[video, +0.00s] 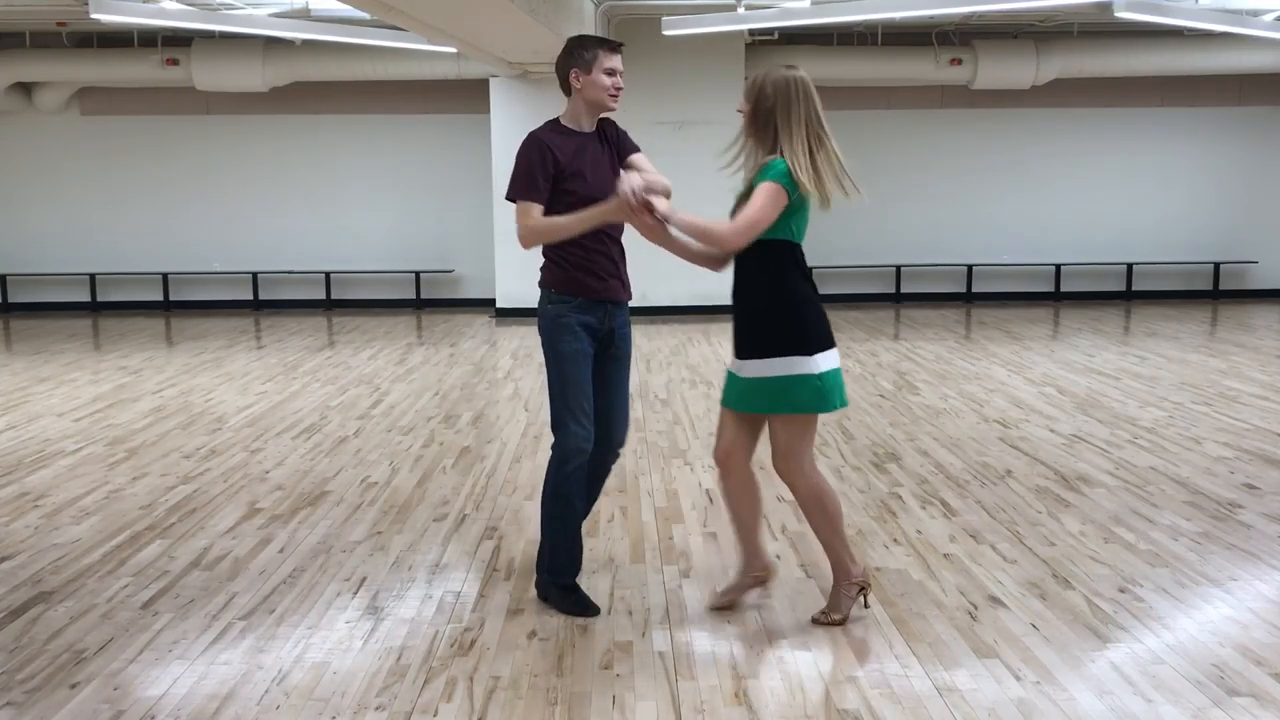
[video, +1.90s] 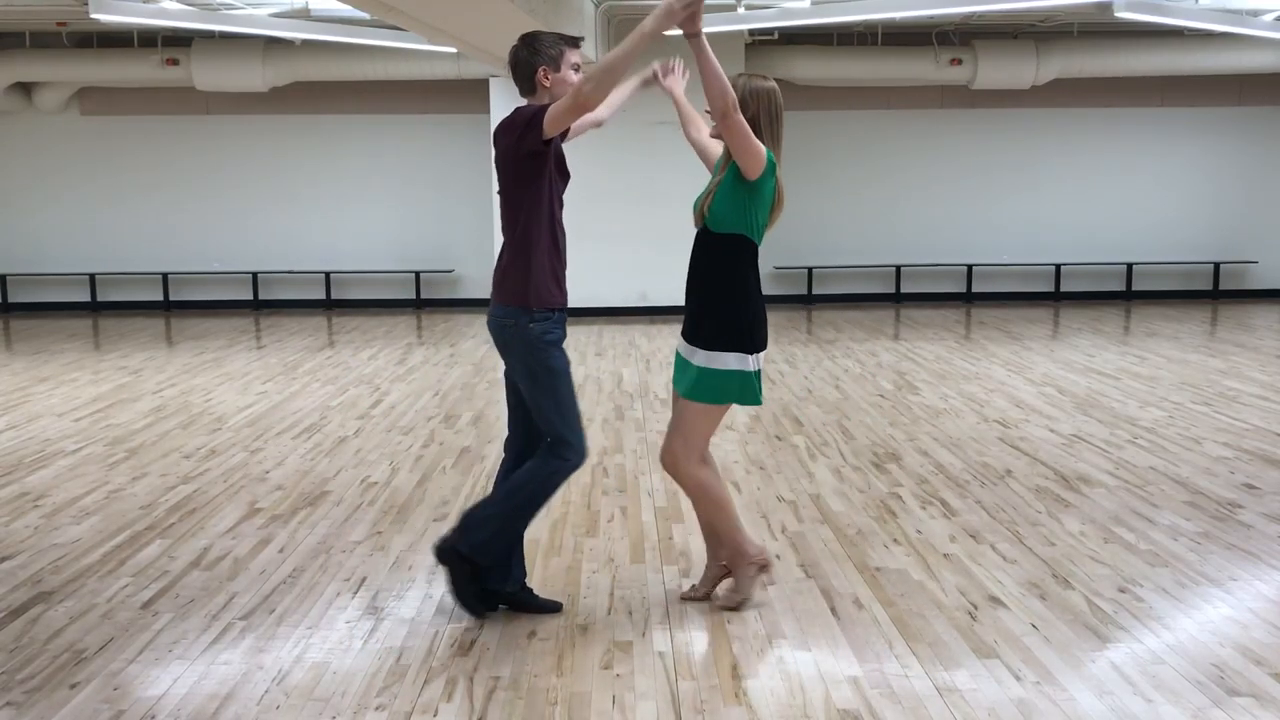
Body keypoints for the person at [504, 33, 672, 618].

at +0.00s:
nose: (620, 83)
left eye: (621, 75)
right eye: (610, 74)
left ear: (602, 82)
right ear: (576, 78)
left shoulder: (614, 138)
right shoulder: (540, 145)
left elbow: (662, 187)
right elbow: (529, 232)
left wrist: (645, 186)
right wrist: (609, 211)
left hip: (613, 310)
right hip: (566, 310)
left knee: (608, 440)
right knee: (575, 441)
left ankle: (557, 538)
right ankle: (555, 580)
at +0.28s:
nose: (632, 82)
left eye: (632, 72)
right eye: (623, 71)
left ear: (602, 81)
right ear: (588, 79)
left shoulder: (605, 143)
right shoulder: (572, 146)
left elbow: (658, 198)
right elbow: (600, 246)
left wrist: (699, 222)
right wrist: (679, 251)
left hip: (614, 315)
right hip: (580, 316)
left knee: (654, 431)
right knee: (600, 443)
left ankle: (644, 571)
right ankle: (556, 573)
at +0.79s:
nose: (629, 78)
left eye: (628, 68)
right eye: (620, 68)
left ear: (596, 77)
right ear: (587, 74)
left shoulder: (590, 139)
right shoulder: (571, 136)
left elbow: (630, 199)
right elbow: (581, 227)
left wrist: (666, 186)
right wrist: (654, 207)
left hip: (602, 312)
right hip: (585, 314)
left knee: (636, 432)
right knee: (616, 441)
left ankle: (598, 567)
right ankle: (576, 584)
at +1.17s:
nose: (590, 84)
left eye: (589, 75)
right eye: (581, 75)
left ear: (554, 83)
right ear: (549, 81)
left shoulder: (555, 137)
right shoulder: (528, 139)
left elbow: (593, 161)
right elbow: (585, 176)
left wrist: (630, 148)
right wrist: (632, 153)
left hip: (542, 315)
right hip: (537, 317)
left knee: (544, 446)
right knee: (581, 446)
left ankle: (500, 579)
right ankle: (533, 582)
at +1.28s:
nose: (580, 87)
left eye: (579, 77)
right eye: (571, 77)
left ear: (541, 85)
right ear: (538, 83)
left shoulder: (536, 137)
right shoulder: (522, 139)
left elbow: (590, 150)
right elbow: (589, 151)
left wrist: (629, 126)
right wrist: (627, 121)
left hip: (538, 319)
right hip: (528, 321)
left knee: (544, 451)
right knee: (552, 453)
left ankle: (510, 573)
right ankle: (470, 568)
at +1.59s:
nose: (568, 79)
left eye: (567, 69)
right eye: (560, 70)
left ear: (530, 78)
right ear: (529, 75)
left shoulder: (527, 129)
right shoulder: (503, 124)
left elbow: (586, 96)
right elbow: (586, 82)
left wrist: (634, 30)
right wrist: (631, 22)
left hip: (520, 317)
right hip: (493, 316)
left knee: (524, 448)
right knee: (469, 444)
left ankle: (500, 578)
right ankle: (404, 567)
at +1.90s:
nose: (586, 79)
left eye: (585, 69)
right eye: (578, 70)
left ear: (549, 78)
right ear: (548, 77)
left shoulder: (541, 134)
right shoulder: (520, 128)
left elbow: (597, 116)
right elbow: (586, 93)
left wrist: (645, 75)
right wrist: (657, 21)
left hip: (532, 314)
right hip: (526, 316)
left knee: (527, 447)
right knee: (566, 449)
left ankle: (499, 580)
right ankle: (466, 549)